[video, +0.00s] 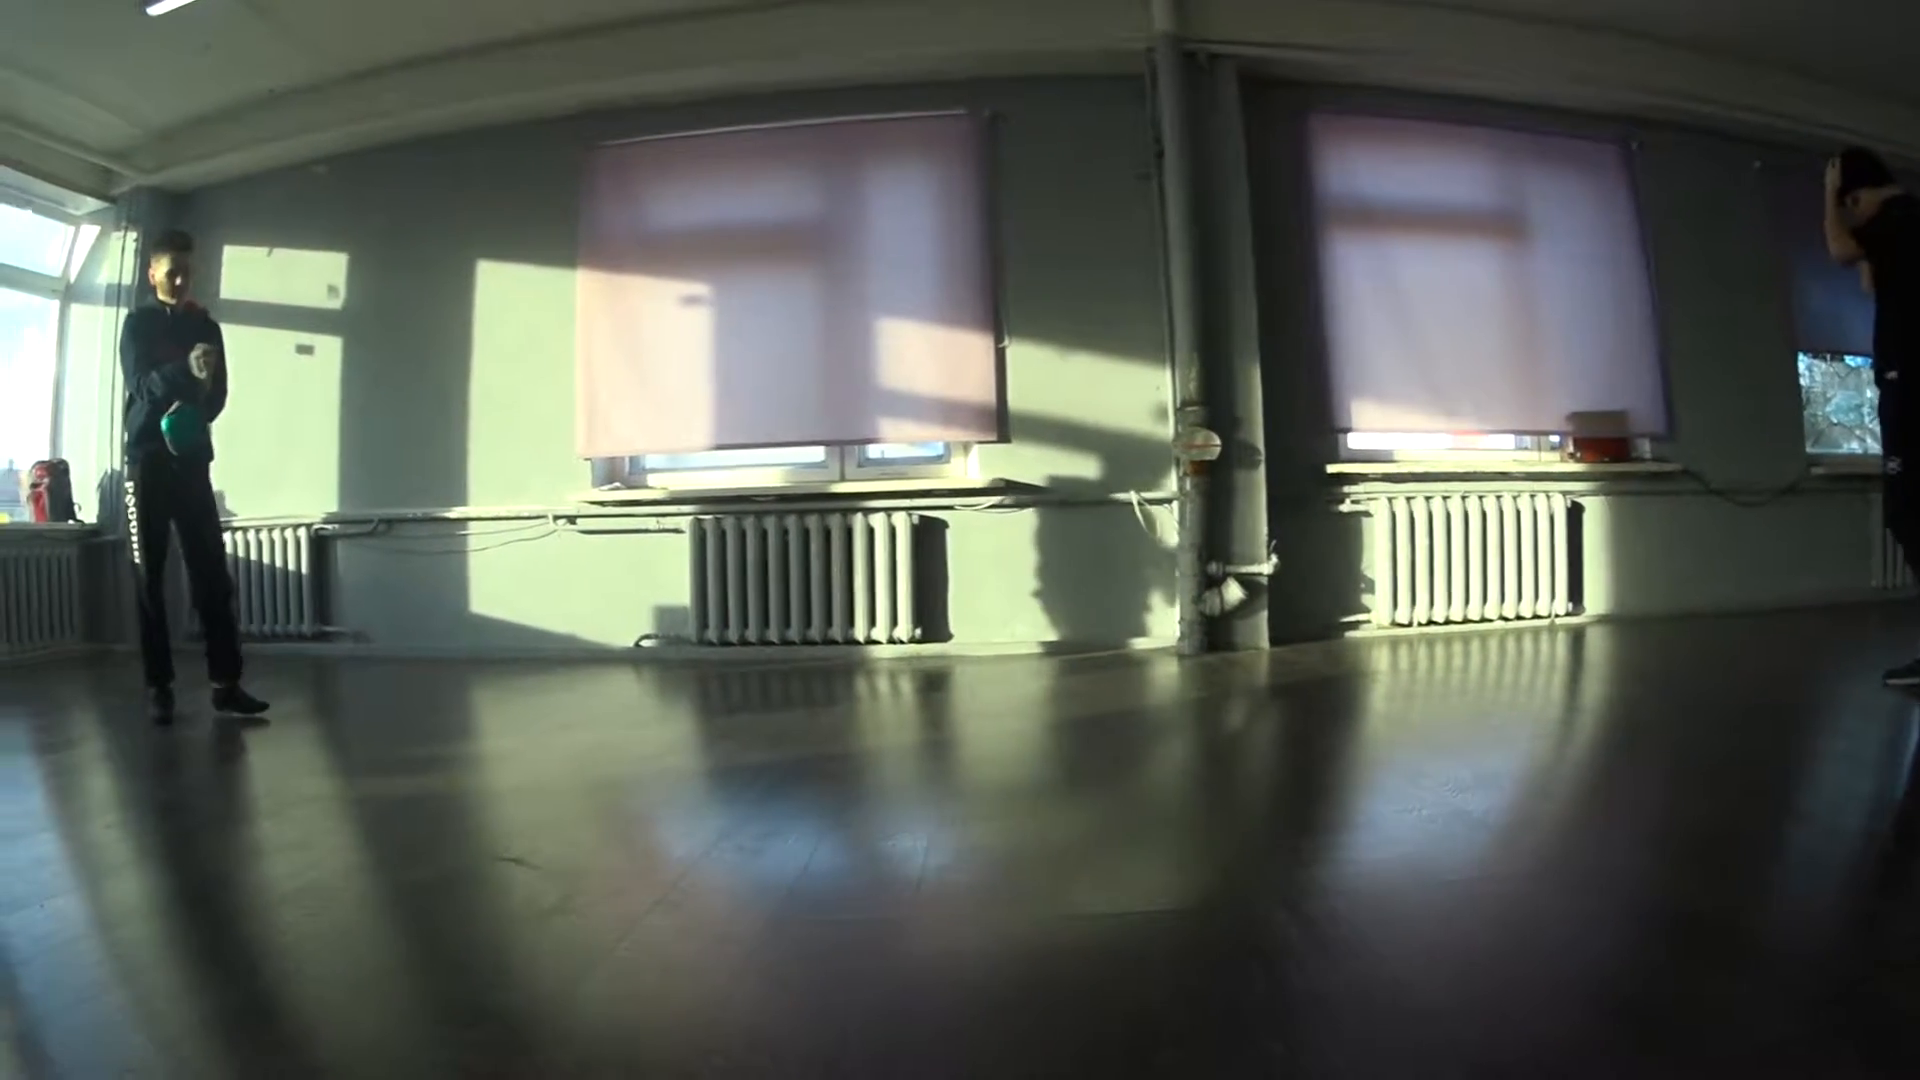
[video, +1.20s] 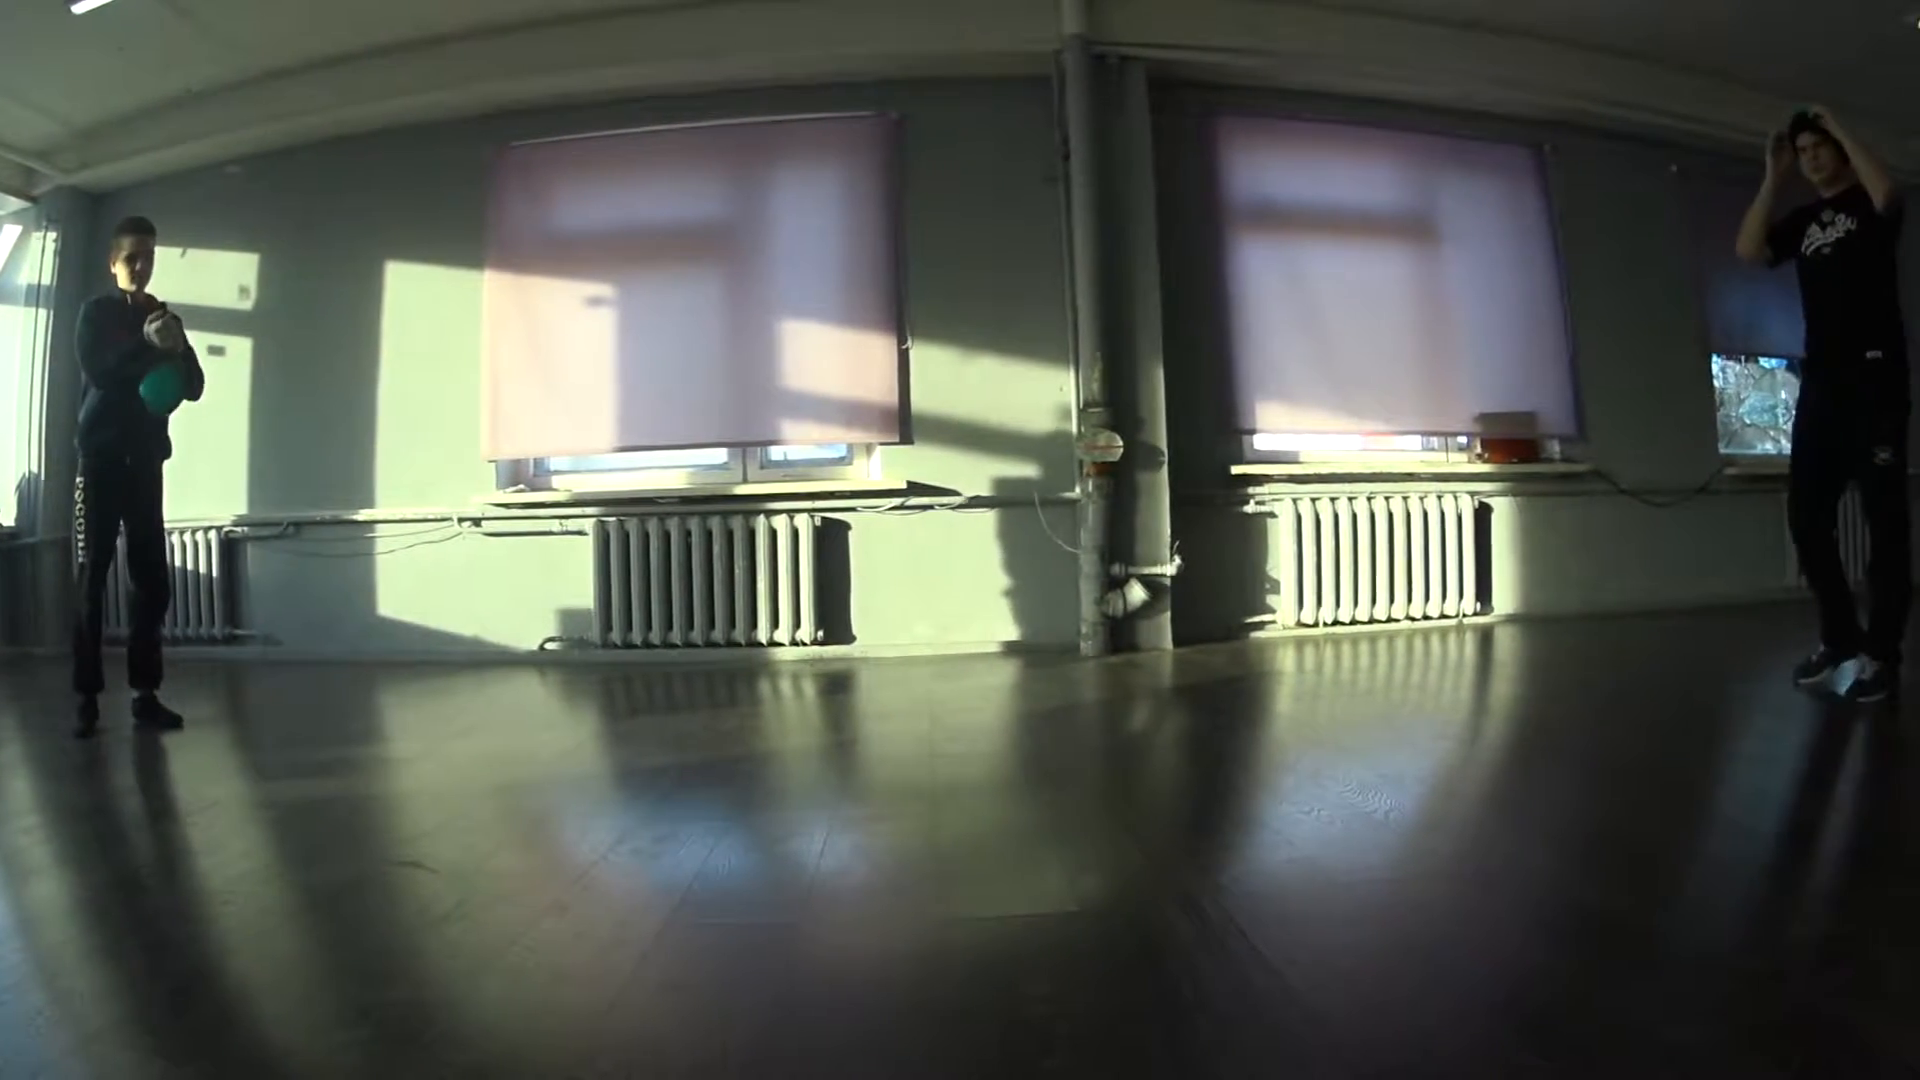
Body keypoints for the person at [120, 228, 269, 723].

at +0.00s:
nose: (179, 280)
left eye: (185, 271)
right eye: (170, 272)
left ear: (194, 273)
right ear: (149, 274)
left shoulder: (205, 325)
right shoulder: (138, 323)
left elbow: (216, 395)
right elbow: (143, 387)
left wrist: (196, 415)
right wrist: (189, 366)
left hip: (194, 458)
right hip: (148, 460)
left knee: (212, 572)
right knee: (152, 574)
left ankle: (226, 685)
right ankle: (160, 688)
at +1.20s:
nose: (140, 266)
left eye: (147, 258)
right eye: (131, 258)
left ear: (154, 260)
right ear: (112, 261)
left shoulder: (163, 318)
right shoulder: (97, 310)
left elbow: (194, 387)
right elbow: (99, 371)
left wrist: (175, 344)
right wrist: (148, 342)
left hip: (146, 457)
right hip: (99, 456)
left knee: (152, 575)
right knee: (93, 572)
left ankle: (146, 696)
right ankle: (87, 699)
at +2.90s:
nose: (124, 260)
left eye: (130, 251)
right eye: (115, 250)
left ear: (138, 255)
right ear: (93, 253)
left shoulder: (142, 316)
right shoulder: (69, 312)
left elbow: (156, 401)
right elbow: (40, 386)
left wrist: (151, 402)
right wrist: (87, 396)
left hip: (126, 456)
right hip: (80, 456)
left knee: (135, 577)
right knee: (76, 576)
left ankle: (130, 695)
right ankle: (71, 699)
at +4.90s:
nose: (110, 259)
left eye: (117, 251)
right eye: (102, 250)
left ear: (124, 255)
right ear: (81, 253)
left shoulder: (134, 315)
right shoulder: (60, 313)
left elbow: (149, 388)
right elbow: (38, 394)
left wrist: (133, 415)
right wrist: (80, 388)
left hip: (116, 458)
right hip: (70, 458)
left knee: (125, 576)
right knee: (65, 577)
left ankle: (121, 696)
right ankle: (62, 699)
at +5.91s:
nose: (109, 255)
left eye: (116, 246)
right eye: (101, 246)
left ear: (123, 252)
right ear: (81, 252)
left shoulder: (134, 316)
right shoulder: (60, 308)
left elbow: (147, 396)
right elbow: (39, 381)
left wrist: (132, 364)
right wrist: (81, 352)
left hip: (113, 457)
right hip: (64, 455)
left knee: (118, 575)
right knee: (58, 577)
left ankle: (117, 696)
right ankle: (58, 700)